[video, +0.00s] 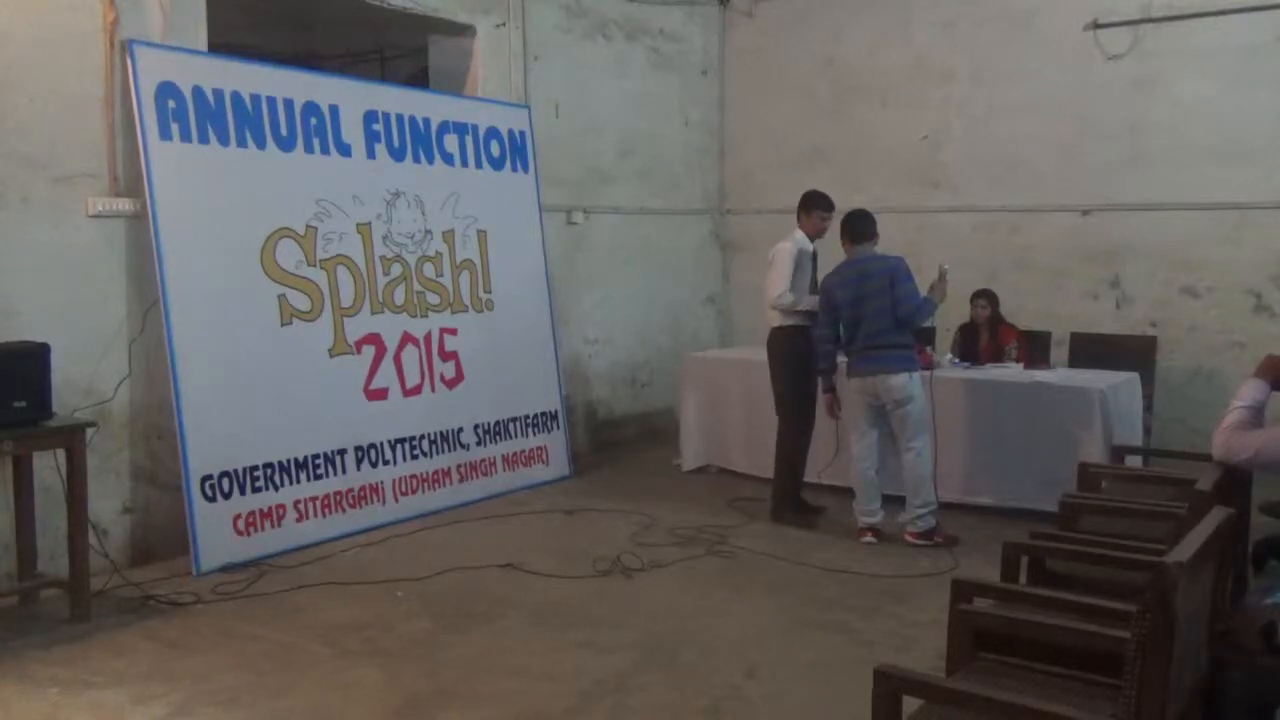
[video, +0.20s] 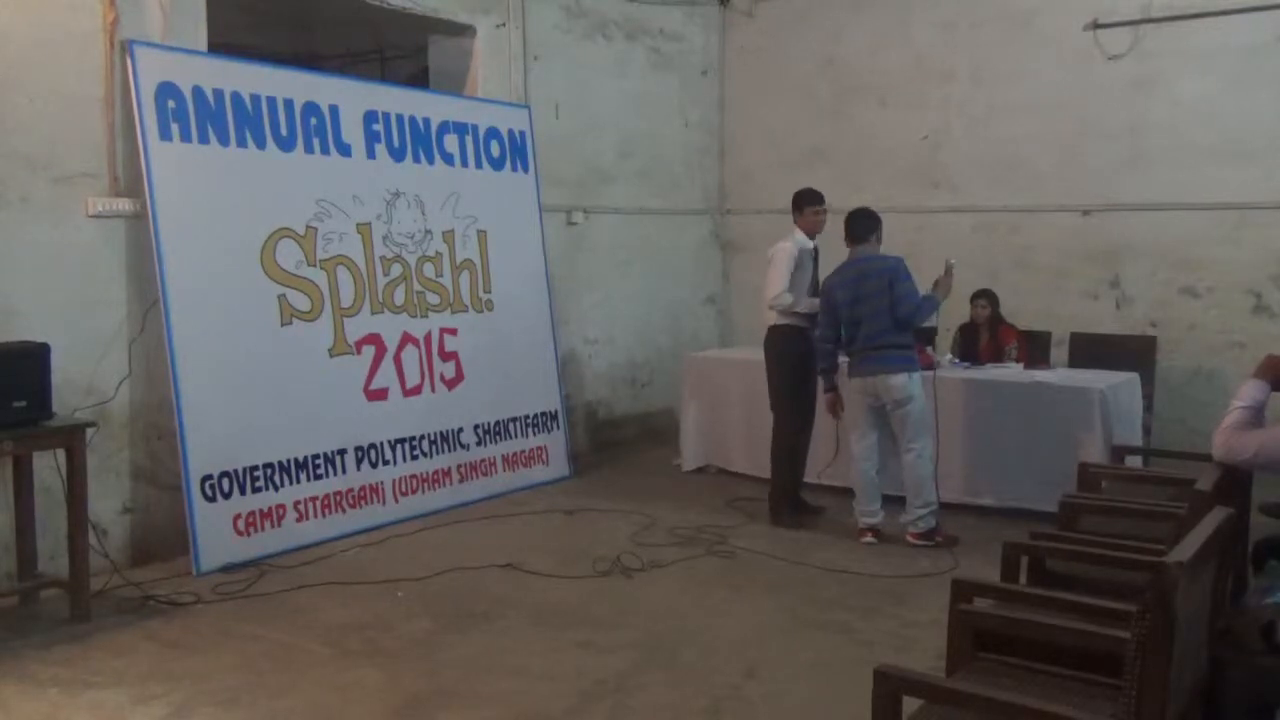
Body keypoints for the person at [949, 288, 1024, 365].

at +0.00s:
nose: (978, 311)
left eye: (983, 308)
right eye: (975, 307)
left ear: (992, 310)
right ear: (971, 308)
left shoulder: (1007, 332)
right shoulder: (964, 331)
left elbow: (1009, 365)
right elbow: (953, 361)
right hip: (967, 381)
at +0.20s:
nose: (978, 311)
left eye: (983, 307)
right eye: (975, 306)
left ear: (993, 310)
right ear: (971, 308)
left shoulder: (1006, 332)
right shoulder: (963, 331)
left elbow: (1009, 365)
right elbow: (954, 361)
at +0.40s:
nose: (977, 312)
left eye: (983, 308)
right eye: (974, 307)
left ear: (992, 311)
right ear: (971, 309)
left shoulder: (1006, 333)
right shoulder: (964, 331)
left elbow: (1010, 366)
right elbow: (954, 362)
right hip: (968, 381)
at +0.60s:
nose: (978, 312)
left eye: (983, 308)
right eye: (974, 307)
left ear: (992, 311)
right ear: (970, 309)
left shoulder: (1006, 333)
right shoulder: (964, 331)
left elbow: (1009, 367)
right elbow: (955, 362)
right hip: (969, 382)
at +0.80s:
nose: (977, 311)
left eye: (983, 307)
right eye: (974, 307)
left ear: (992, 310)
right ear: (971, 309)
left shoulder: (1006, 333)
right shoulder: (963, 332)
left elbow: (1008, 367)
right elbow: (955, 363)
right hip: (968, 382)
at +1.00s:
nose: (977, 312)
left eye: (982, 307)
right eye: (974, 307)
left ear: (991, 310)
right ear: (970, 308)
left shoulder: (1006, 333)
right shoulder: (963, 332)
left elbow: (1008, 367)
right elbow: (954, 362)